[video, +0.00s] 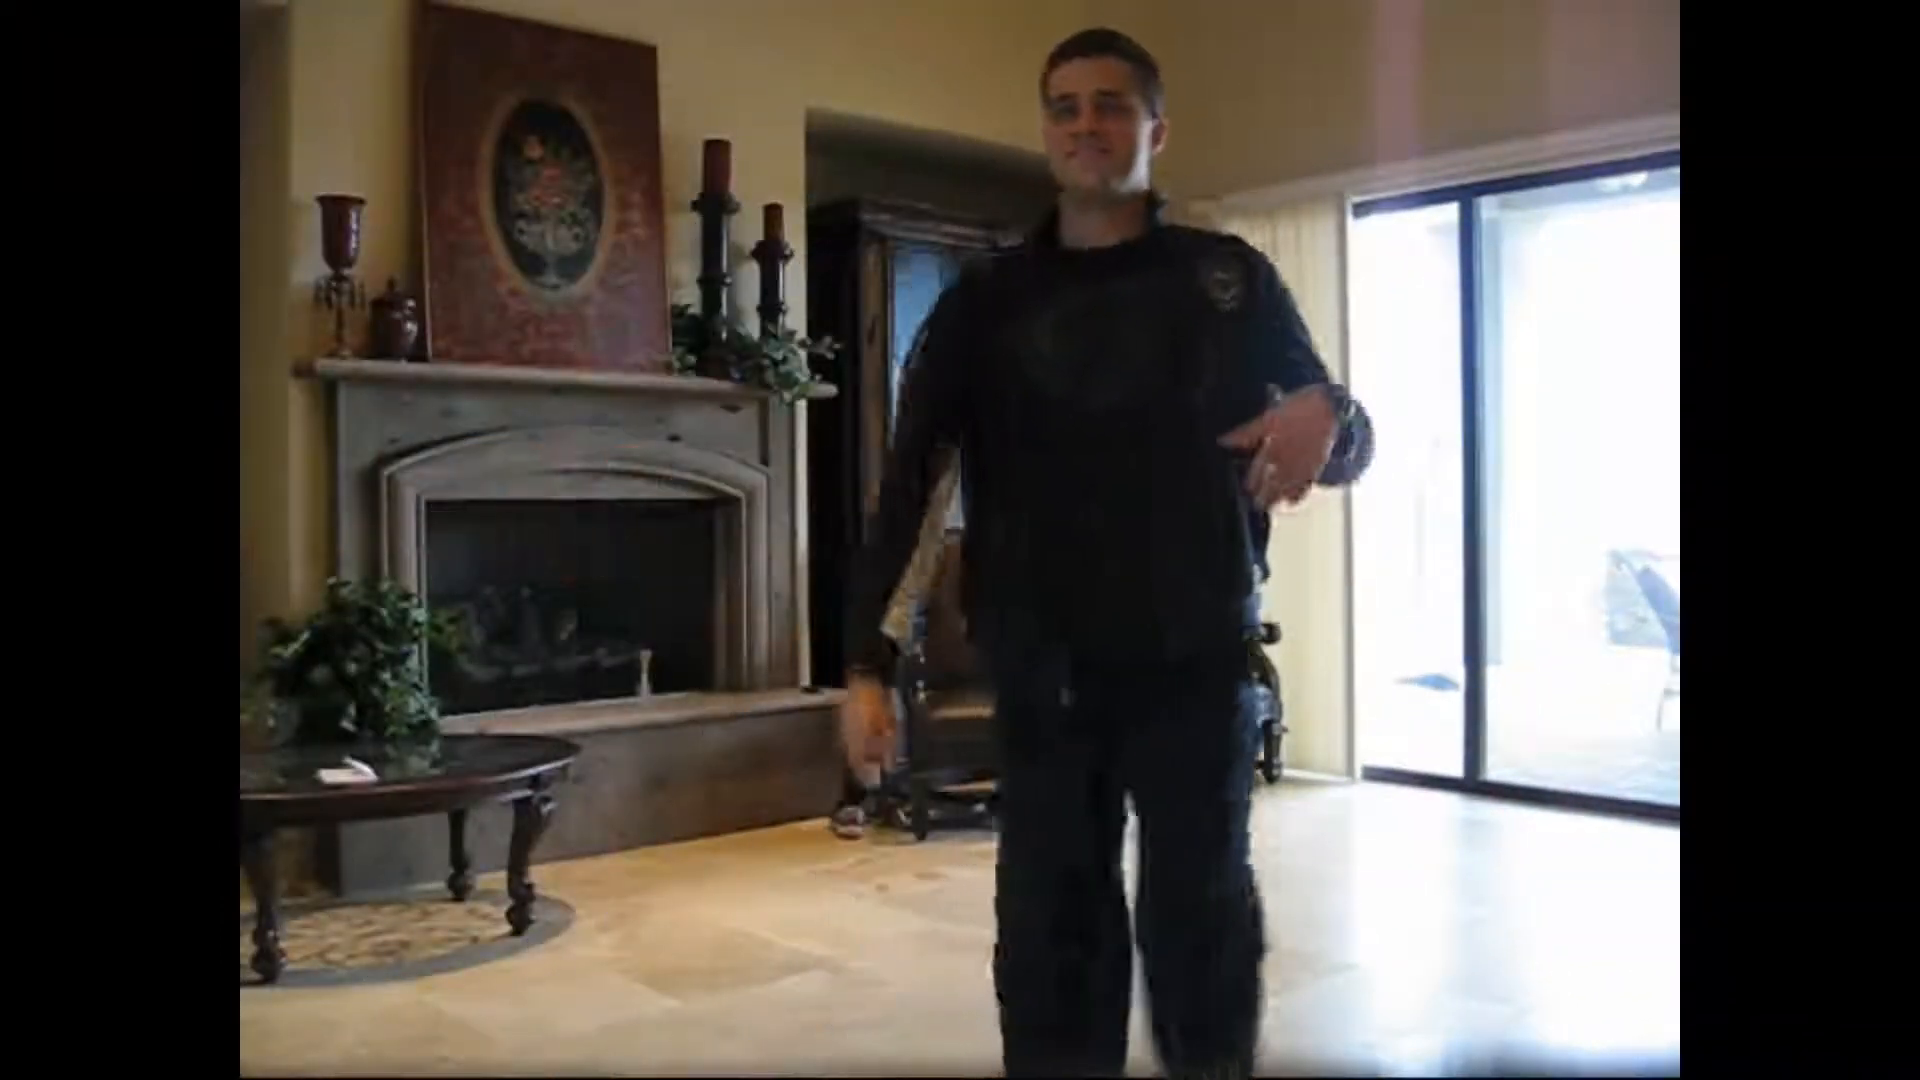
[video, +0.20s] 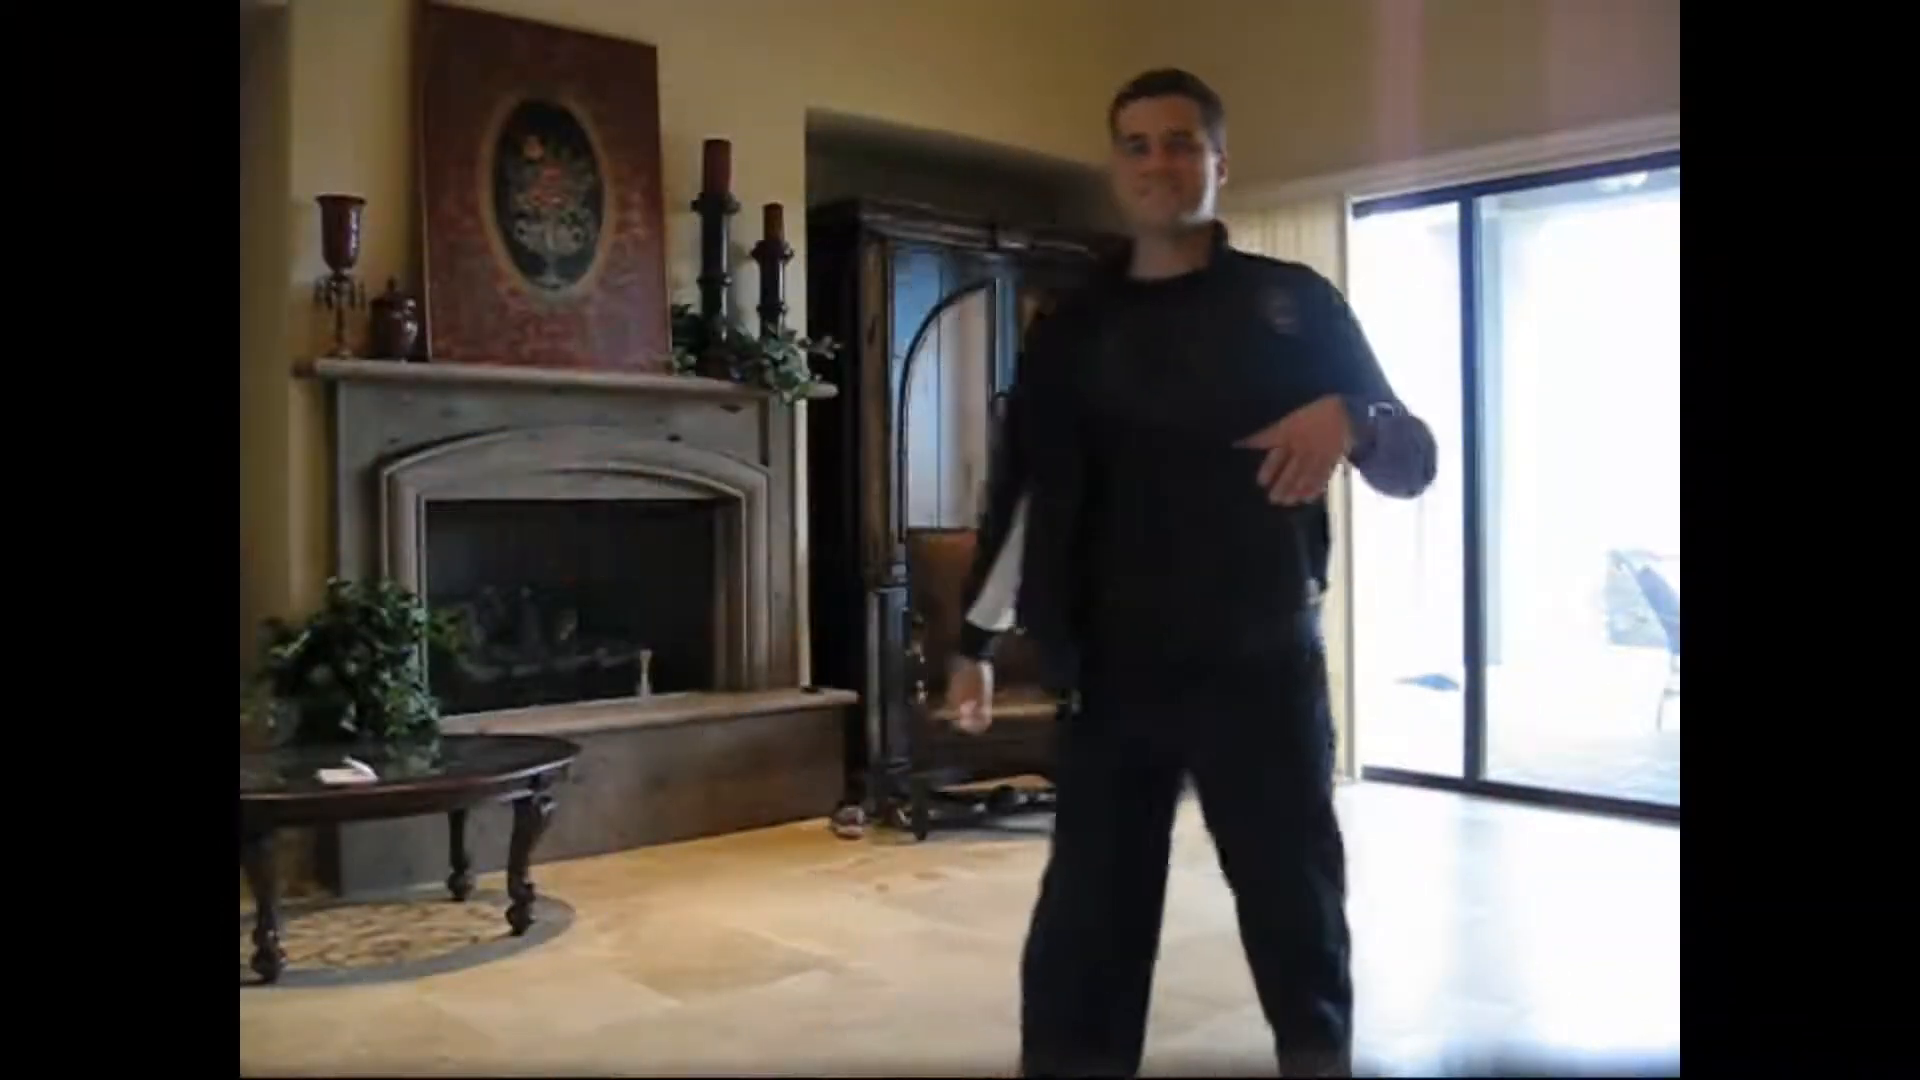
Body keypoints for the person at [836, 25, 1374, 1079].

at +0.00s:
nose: (1088, 125)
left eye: (1112, 106)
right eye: (1065, 108)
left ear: (1156, 129)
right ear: (1042, 133)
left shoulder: (1226, 276)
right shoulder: (983, 297)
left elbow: (1336, 434)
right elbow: (908, 485)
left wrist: (1327, 411)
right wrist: (867, 659)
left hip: (1195, 656)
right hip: (1041, 659)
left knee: (1200, 914)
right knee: (1048, 922)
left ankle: (1211, 1067)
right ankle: (1058, 1074)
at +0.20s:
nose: (1159, 163)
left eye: (1182, 144)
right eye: (1138, 147)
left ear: (1219, 164)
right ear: (1112, 170)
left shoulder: (1295, 302)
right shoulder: (1072, 322)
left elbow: (1414, 461)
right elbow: (1017, 496)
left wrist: (1350, 418)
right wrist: (974, 641)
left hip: (1260, 668)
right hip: (1112, 668)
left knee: (1296, 920)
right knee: (1087, 928)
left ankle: (1316, 1058)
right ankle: (1068, 1069)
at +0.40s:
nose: (1230, 172)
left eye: (1251, 153)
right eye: (1210, 156)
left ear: (1288, 169)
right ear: (1187, 176)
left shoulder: (1357, 299)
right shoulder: (1156, 322)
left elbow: (1463, 452)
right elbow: (1111, 489)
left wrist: (1380, 510)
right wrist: (1063, 633)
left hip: (1326, 639)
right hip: (1192, 635)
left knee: (1329, 886)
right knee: (1157, 883)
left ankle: (1322, 1064)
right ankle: (1125, 1066)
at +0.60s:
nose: (1279, 183)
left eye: (1298, 165)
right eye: (1258, 168)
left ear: (1333, 182)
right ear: (1236, 188)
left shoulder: (1401, 309)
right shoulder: (1191, 332)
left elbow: (1478, 472)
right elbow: (1141, 487)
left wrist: (1513, 626)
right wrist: (1087, 617)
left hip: (1362, 640)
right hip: (1234, 641)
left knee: (1350, 871)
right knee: (1220, 848)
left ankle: (1339, 1058)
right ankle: (1269, 1034)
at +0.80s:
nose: (1304, 194)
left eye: (1324, 177)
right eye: (1287, 177)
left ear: (1356, 192)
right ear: (1263, 193)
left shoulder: (1417, 319)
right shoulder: (1213, 334)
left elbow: (1500, 467)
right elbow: (1144, 460)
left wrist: (1571, 610)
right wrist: (1111, 550)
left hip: (1391, 627)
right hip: (1273, 631)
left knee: (1374, 842)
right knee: (1307, 839)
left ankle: (1352, 1049)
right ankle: (1339, 1027)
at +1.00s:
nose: (1327, 194)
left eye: (1346, 177)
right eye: (1309, 178)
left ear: (1377, 193)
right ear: (1284, 195)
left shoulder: (1434, 314)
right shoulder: (1235, 335)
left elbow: (1500, 463)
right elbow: (1167, 466)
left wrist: (1542, 605)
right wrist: (1159, 558)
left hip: (1412, 622)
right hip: (1294, 626)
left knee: (1402, 836)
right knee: (1321, 840)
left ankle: (1397, 1045)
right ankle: (1338, 1045)